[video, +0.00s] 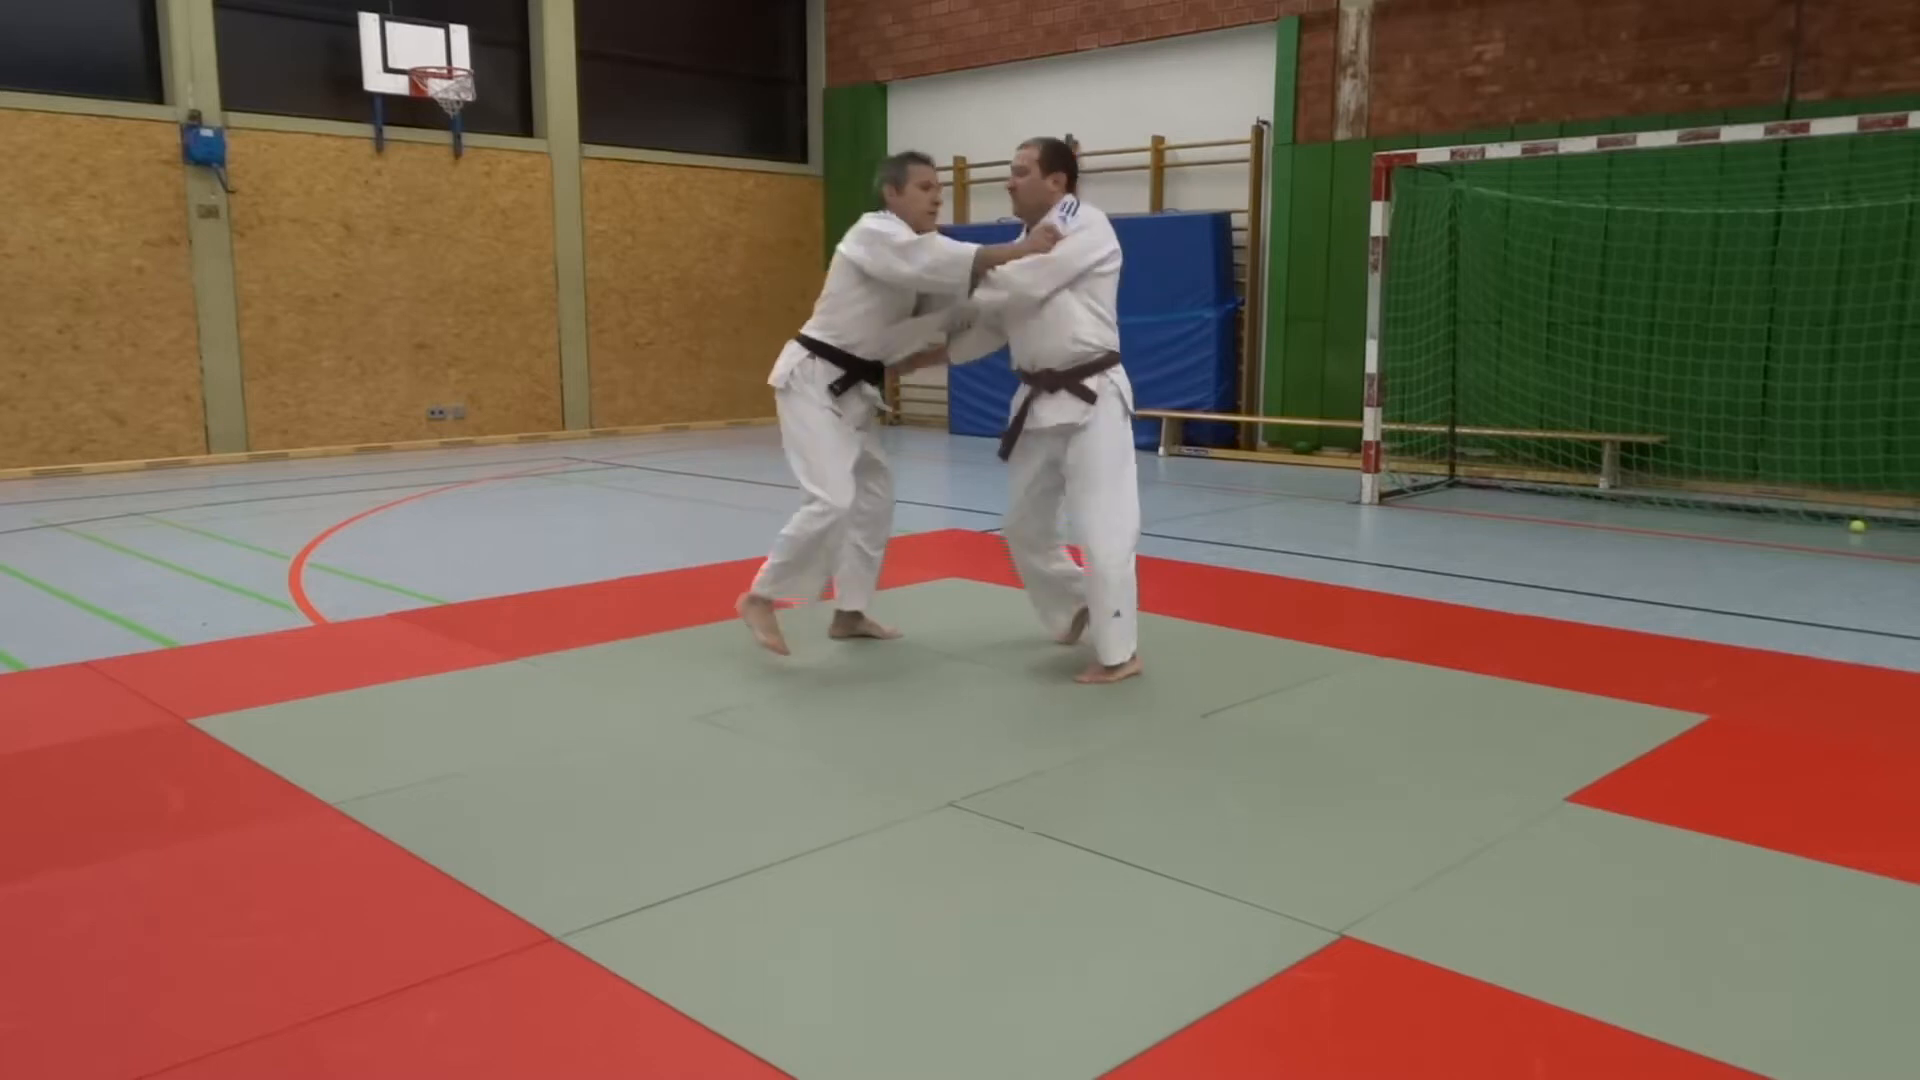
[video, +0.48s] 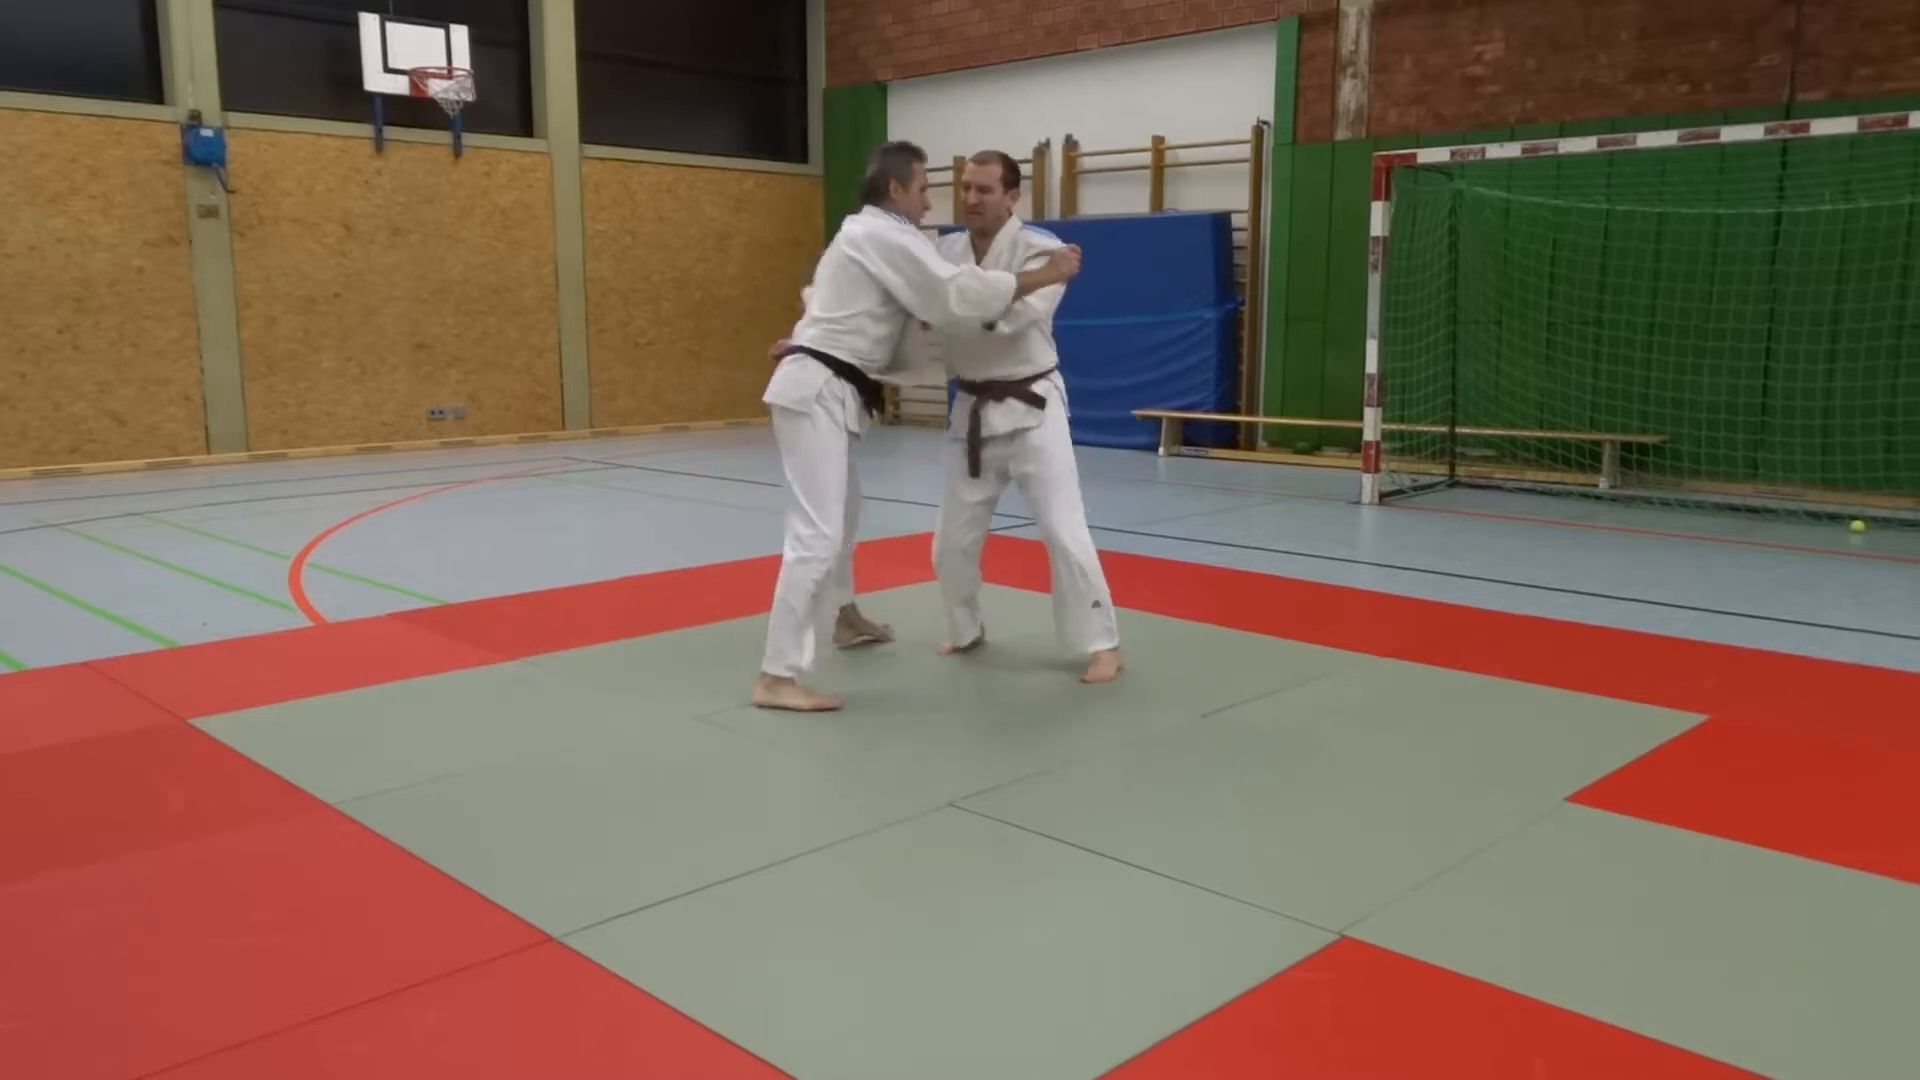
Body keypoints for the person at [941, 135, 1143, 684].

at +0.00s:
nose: (1010, 181)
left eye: (1021, 173)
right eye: (1011, 172)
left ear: (1057, 182)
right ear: (1036, 184)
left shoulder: (1090, 226)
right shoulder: (1017, 248)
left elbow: (1028, 283)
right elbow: (992, 327)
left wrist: (967, 296)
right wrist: (927, 355)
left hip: (1095, 395)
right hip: (1040, 399)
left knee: (1103, 527)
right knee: (1023, 526)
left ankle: (1119, 653)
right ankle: (1078, 609)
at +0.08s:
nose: (998, 192)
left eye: (1010, 184)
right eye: (997, 182)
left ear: (1044, 192)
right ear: (1000, 190)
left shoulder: (1075, 238)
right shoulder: (998, 253)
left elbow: (1028, 299)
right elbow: (971, 342)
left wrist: (962, 292)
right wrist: (895, 354)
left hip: (1082, 401)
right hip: (1024, 405)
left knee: (1107, 531)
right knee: (1000, 533)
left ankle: (1131, 653)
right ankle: (1041, 591)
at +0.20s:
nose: (980, 203)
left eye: (993, 194)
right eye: (976, 193)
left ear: (1021, 200)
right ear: (969, 197)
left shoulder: (1055, 249)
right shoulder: (969, 263)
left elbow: (1033, 312)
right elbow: (949, 323)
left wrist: (962, 300)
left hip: (1058, 408)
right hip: (993, 413)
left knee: (1092, 532)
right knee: (978, 539)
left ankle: (1128, 649)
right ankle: (981, 631)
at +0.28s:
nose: (980, 204)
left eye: (992, 195)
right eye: (974, 194)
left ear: (1020, 201)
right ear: (967, 200)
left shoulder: (1056, 253)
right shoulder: (966, 269)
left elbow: (1038, 315)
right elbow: (941, 335)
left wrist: (961, 310)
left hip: (1047, 411)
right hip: (982, 412)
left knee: (1074, 537)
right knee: (965, 541)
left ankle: (1123, 649)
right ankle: (970, 627)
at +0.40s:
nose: (972, 200)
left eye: (985, 192)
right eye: (967, 190)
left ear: (1014, 200)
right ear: (961, 195)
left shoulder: (1051, 254)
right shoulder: (950, 263)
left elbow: (1039, 319)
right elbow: (898, 310)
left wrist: (965, 299)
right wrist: (827, 332)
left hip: (1036, 408)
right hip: (972, 409)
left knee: (1067, 534)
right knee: (958, 540)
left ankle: (1113, 650)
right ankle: (965, 628)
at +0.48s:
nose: (971, 199)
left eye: (983, 190)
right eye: (965, 189)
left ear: (1012, 197)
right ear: (959, 195)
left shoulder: (1044, 251)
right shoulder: (946, 252)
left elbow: (1028, 312)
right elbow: (920, 306)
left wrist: (961, 295)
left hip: (1034, 403)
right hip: (972, 404)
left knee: (1062, 529)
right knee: (953, 539)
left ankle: (1103, 645)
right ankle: (966, 630)